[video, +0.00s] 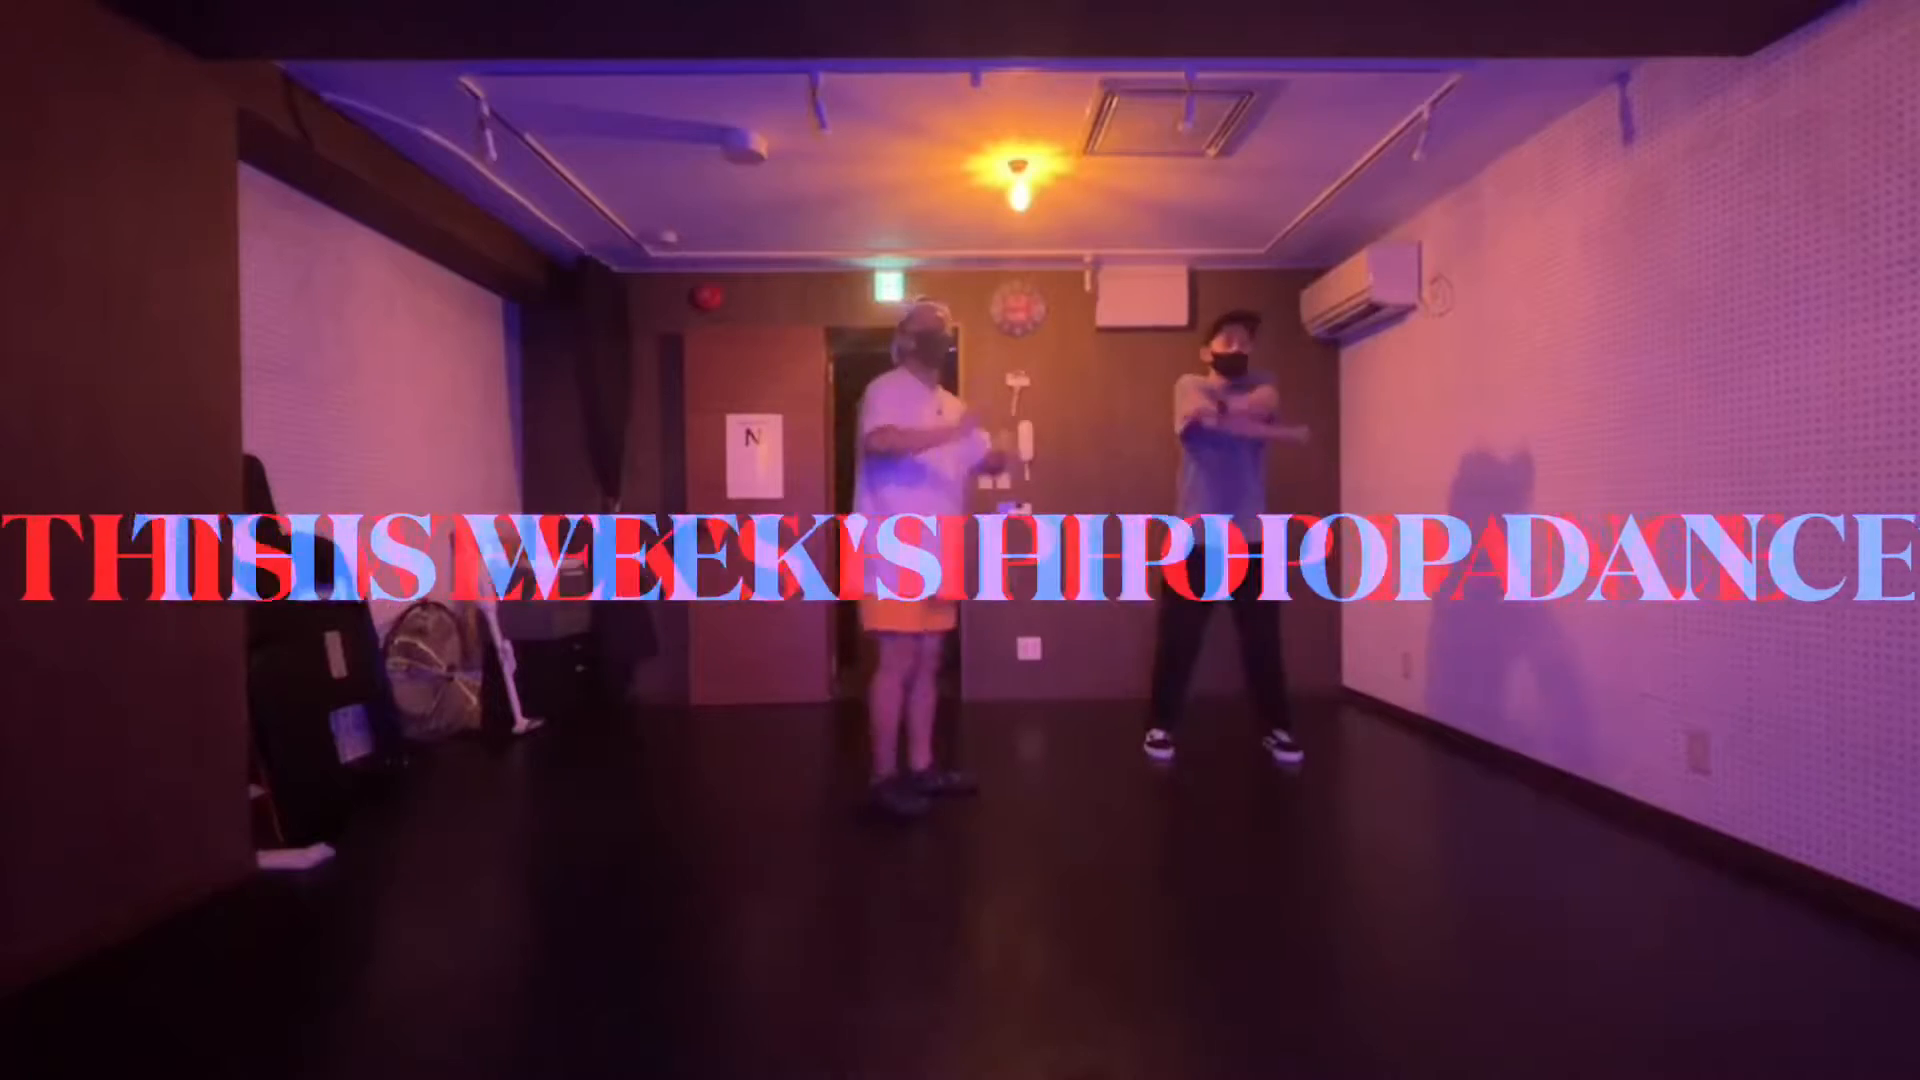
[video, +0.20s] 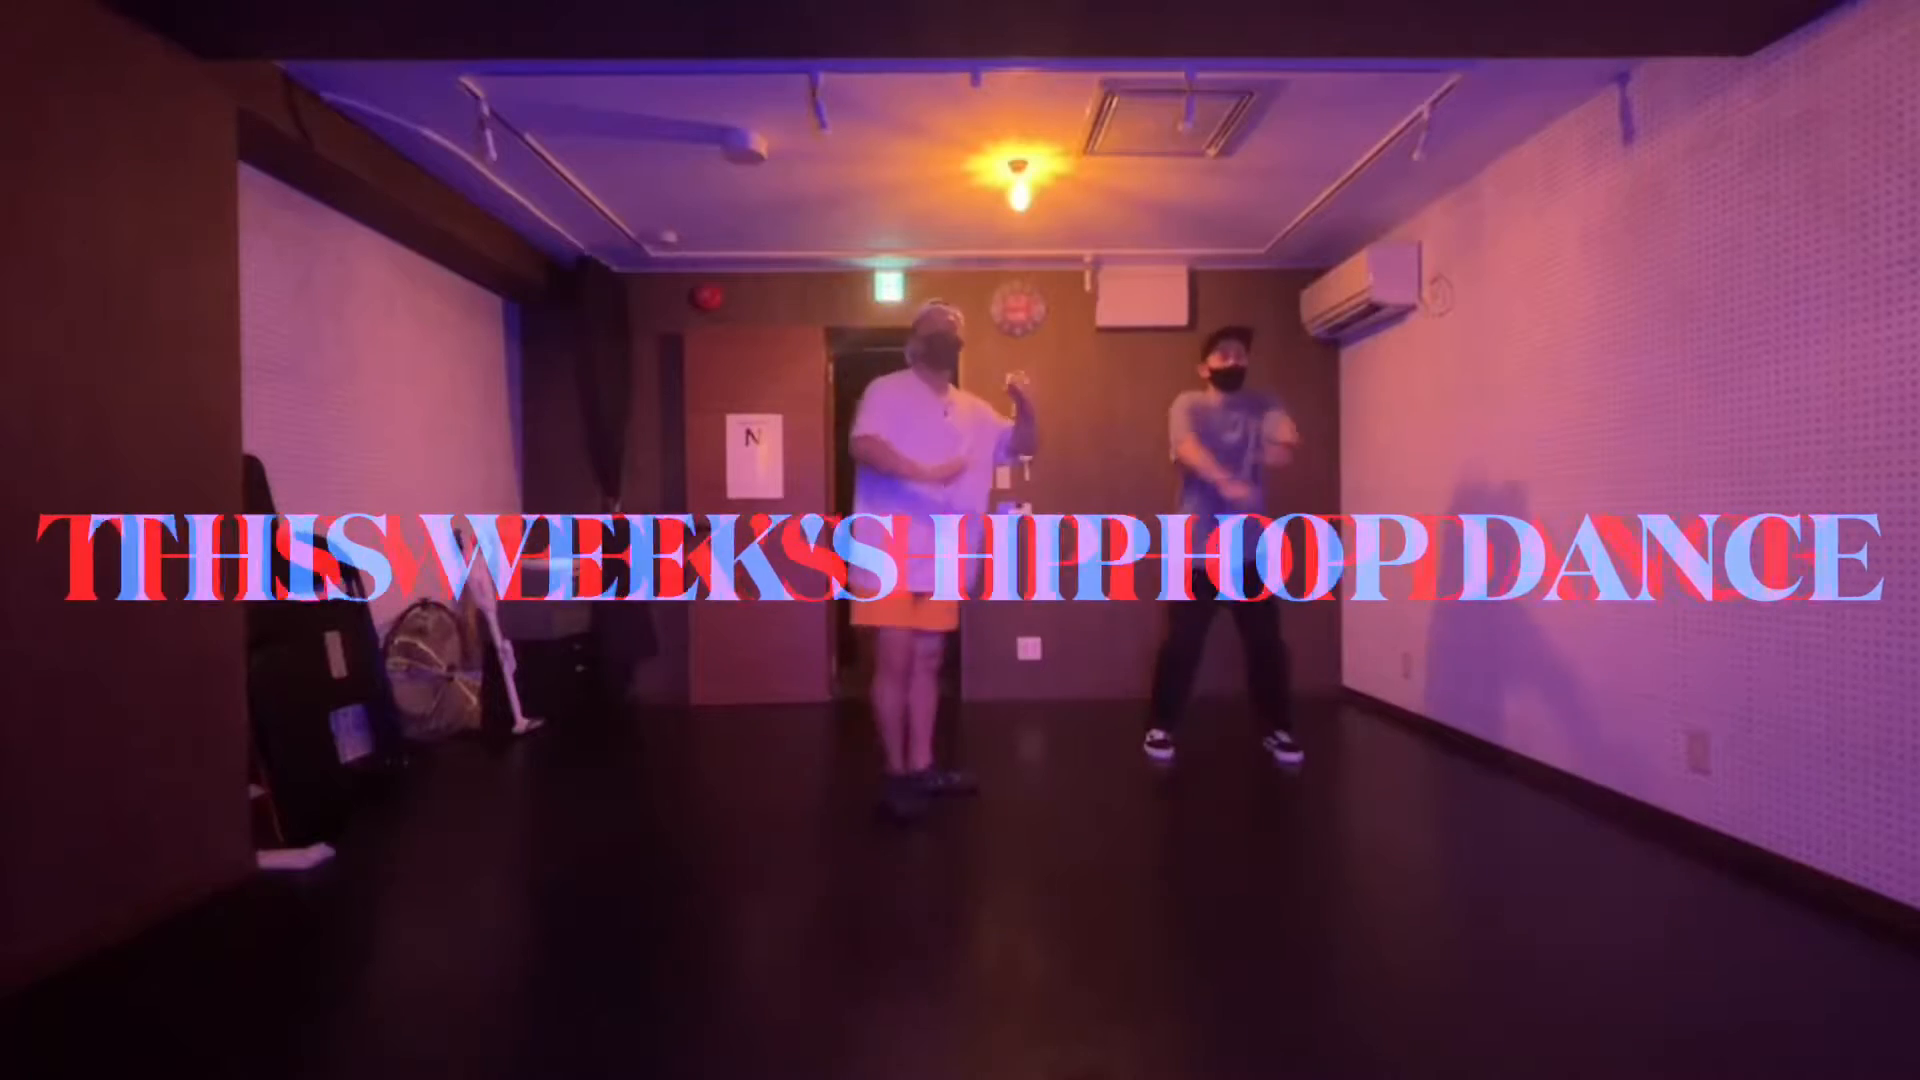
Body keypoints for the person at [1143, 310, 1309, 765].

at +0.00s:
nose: (1233, 349)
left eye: (1241, 343)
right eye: (1226, 341)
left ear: (1252, 351)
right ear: (1208, 347)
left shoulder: (1262, 389)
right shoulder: (1190, 385)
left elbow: (1261, 408)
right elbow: (1200, 421)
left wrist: (1215, 399)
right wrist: (1276, 432)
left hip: (1249, 532)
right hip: (1196, 533)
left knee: (1262, 636)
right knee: (1179, 634)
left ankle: (1275, 727)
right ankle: (1161, 726)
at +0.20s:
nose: (1232, 362)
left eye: (1239, 355)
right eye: (1223, 355)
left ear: (1249, 362)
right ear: (1205, 363)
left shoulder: (1262, 407)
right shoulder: (1188, 404)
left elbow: (1281, 446)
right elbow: (1187, 450)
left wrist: (1270, 447)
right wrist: (1226, 482)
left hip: (1250, 542)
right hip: (1199, 541)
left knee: (1264, 636)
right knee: (1184, 635)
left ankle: (1277, 728)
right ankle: (1161, 727)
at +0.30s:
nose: (1230, 370)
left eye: (1238, 364)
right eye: (1221, 363)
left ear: (1247, 372)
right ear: (1203, 373)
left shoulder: (1264, 418)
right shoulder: (1184, 417)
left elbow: (1297, 444)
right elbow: (1165, 458)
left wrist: (1309, 459)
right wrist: (1188, 489)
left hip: (1252, 553)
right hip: (1198, 554)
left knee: (1267, 641)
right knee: (1184, 640)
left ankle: (1277, 729)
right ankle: (1162, 727)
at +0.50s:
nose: (1227, 392)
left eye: (1235, 386)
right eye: (1218, 385)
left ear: (1245, 396)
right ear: (1200, 398)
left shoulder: (1267, 445)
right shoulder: (1178, 446)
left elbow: (1320, 468)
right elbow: (1125, 476)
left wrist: (1350, 486)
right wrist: (1120, 513)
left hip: (1251, 583)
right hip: (1189, 584)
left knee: (1295, 653)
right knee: (1175, 654)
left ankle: (1270, 732)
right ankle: (1164, 732)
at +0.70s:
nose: (1226, 374)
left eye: (1234, 368)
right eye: (1217, 367)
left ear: (1244, 377)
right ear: (1199, 377)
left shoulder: (1260, 430)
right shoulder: (1176, 429)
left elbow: (1296, 493)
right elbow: (1140, 485)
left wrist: (1316, 545)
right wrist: (1141, 542)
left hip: (1245, 570)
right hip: (1184, 570)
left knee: (1288, 639)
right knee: (1166, 650)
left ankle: (1269, 732)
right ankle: (1170, 734)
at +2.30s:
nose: (1183, 359)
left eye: (1191, 349)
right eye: (1173, 351)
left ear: (1205, 351)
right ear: (1158, 359)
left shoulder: (1243, 402)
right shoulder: (1151, 422)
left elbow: (1287, 452)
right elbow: (1133, 480)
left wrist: (1265, 507)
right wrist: (1161, 518)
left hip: (1244, 546)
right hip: (1188, 551)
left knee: (1242, 642)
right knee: (1197, 645)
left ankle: (1236, 731)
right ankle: (1201, 744)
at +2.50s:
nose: (1139, 366)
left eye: (1147, 355)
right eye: (1128, 359)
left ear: (1163, 355)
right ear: (1118, 367)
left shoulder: (1200, 405)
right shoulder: (1133, 433)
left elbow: (1234, 470)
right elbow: (1160, 514)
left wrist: (1235, 538)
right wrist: (1148, 564)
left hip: (1227, 553)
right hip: (1175, 562)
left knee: (1251, 640)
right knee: (1173, 665)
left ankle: (1263, 715)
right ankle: (1193, 767)